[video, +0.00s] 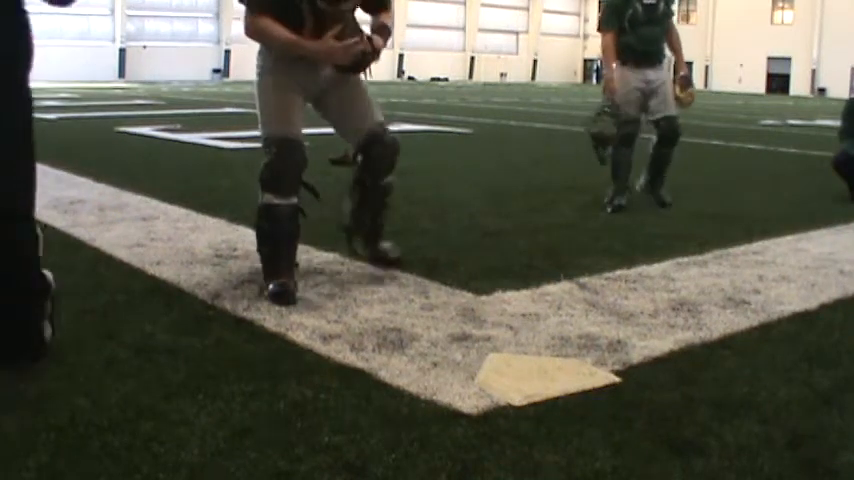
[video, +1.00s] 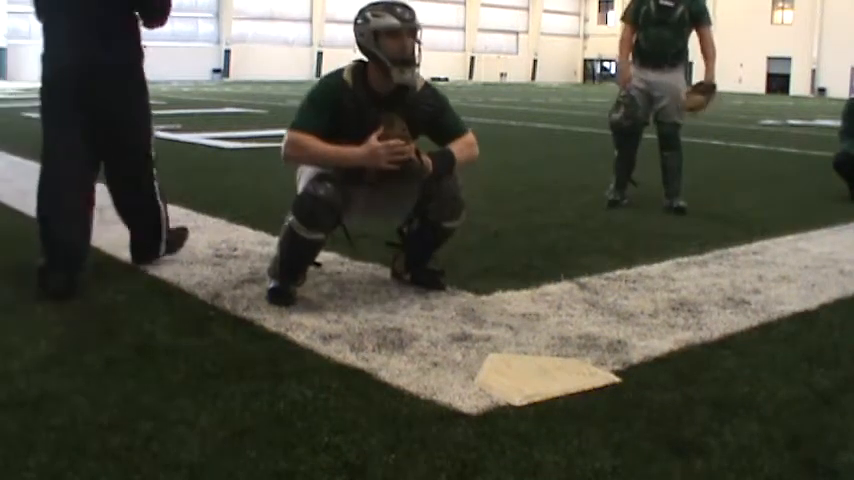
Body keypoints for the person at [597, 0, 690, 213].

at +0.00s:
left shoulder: (664, 4)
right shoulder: (616, 4)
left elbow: (669, 28)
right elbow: (608, 35)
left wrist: (681, 65)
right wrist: (609, 75)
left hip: (658, 71)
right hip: (627, 71)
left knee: (669, 131)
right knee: (626, 133)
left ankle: (654, 184)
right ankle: (619, 192)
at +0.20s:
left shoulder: (673, 4)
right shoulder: (622, 4)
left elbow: (678, 33)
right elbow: (612, 35)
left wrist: (686, 73)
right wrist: (609, 75)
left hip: (663, 73)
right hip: (631, 73)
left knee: (667, 137)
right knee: (627, 136)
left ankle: (672, 196)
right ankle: (619, 193)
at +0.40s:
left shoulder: (688, 4)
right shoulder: (634, 2)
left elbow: (695, 36)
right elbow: (620, 30)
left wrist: (703, 77)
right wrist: (615, 67)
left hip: (672, 74)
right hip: (639, 72)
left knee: (672, 138)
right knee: (632, 135)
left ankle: (674, 196)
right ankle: (621, 192)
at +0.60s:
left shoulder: (698, 4)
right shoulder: (644, 3)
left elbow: (706, 40)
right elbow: (631, 28)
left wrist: (710, 82)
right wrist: (628, 66)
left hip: (675, 76)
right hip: (641, 72)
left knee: (672, 138)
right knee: (630, 135)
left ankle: (674, 197)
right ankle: (620, 191)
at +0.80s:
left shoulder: (700, 5)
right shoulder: (646, 3)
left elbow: (708, 42)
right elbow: (632, 31)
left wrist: (710, 84)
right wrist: (629, 67)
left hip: (676, 77)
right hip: (642, 72)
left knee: (672, 139)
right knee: (628, 134)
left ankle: (674, 197)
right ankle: (619, 190)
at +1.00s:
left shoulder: (694, 5)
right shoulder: (640, 3)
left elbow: (706, 39)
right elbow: (627, 34)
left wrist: (708, 78)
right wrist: (623, 67)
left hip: (672, 76)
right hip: (638, 73)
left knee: (670, 139)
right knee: (626, 136)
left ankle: (673, 197)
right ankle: (619, 189)